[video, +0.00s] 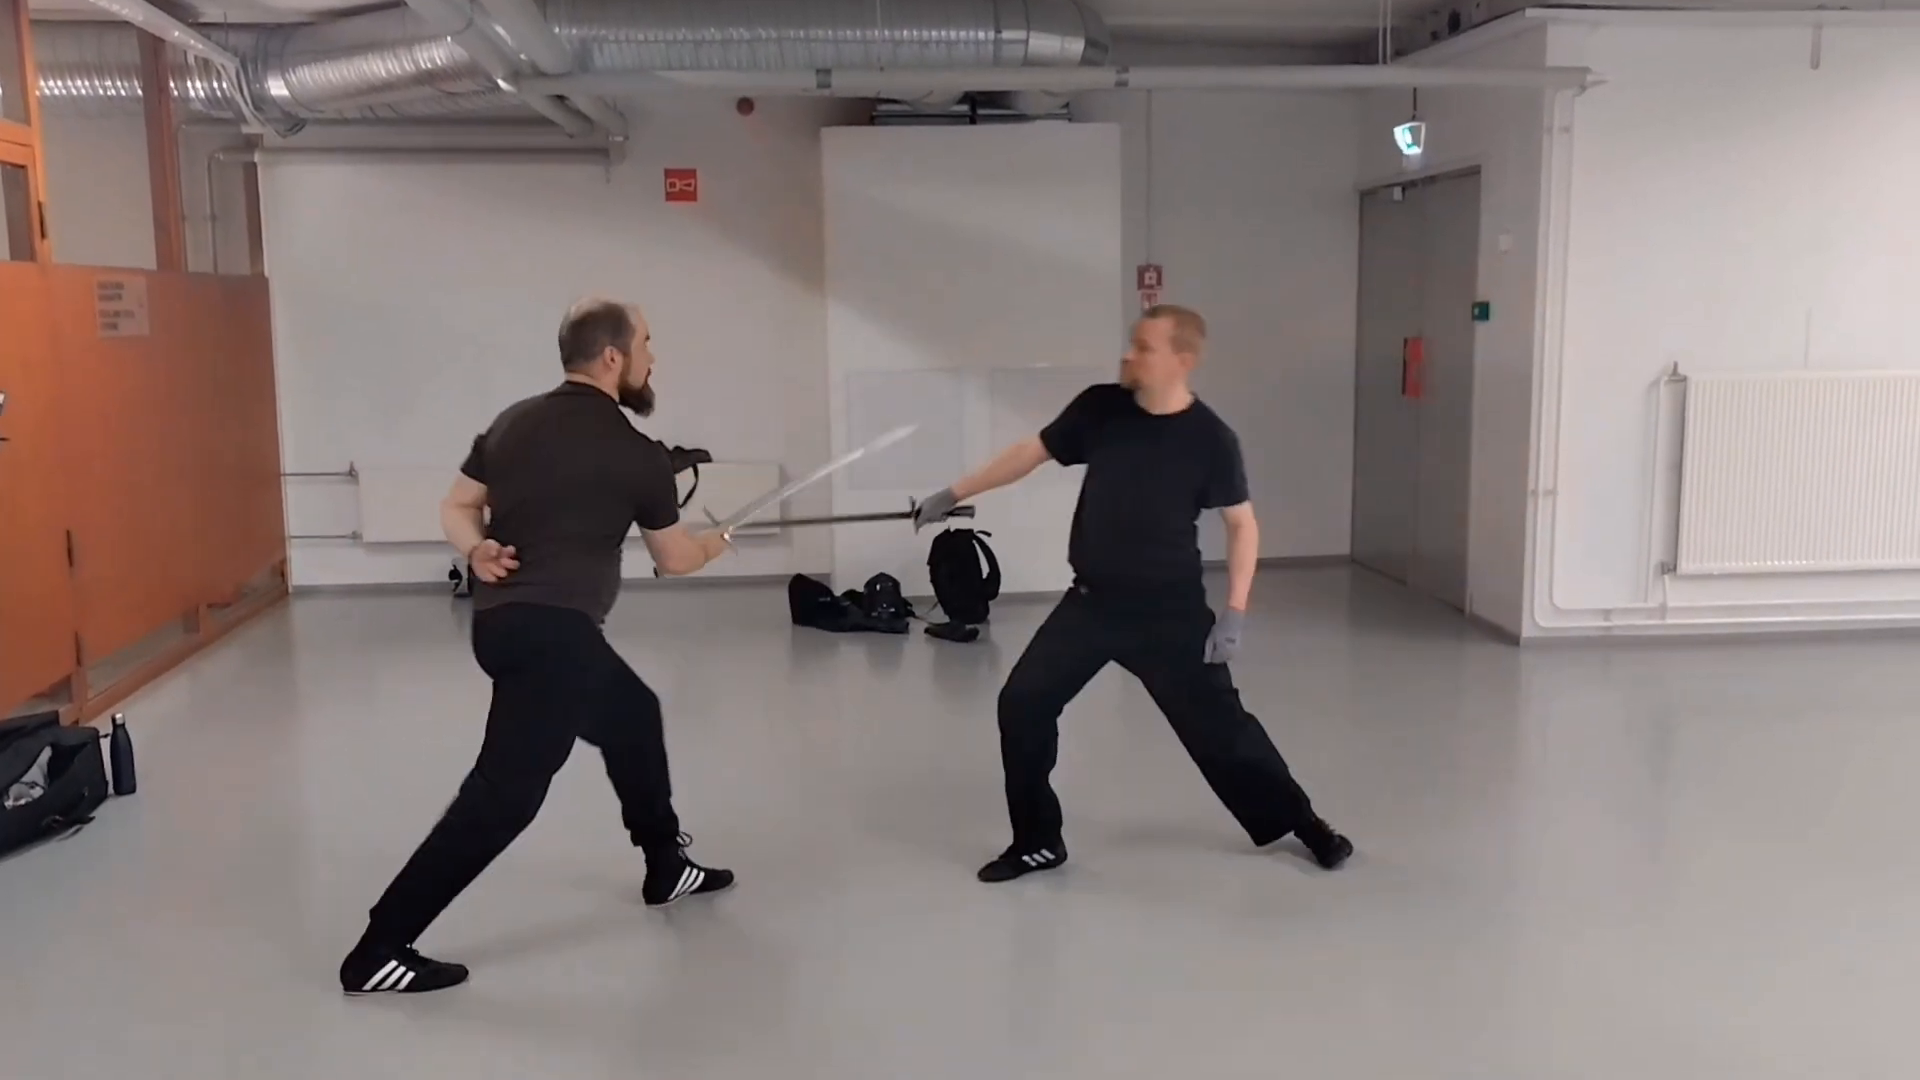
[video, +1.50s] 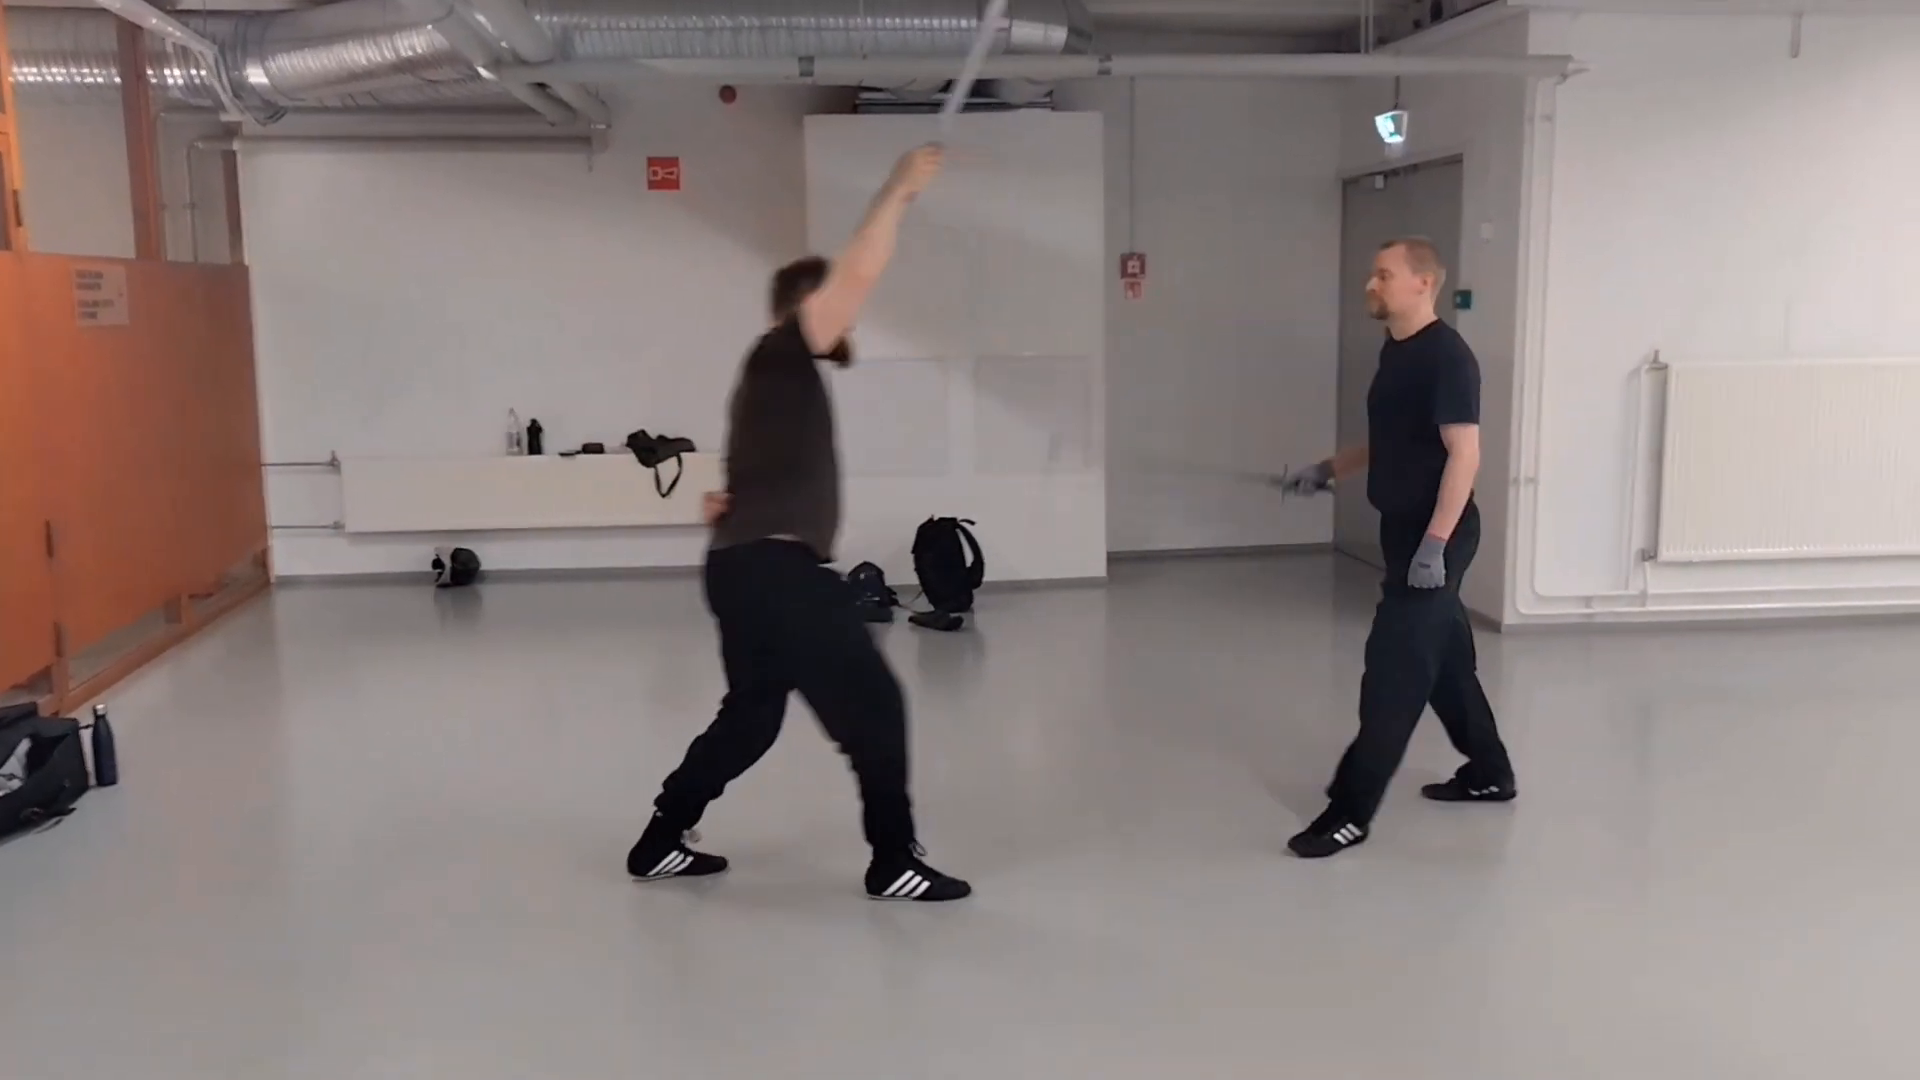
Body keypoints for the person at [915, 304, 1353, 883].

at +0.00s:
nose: (1128, 356)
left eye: (1143, 349)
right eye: (1131, 345)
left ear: (1183, 360)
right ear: (1137, 353)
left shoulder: (1211, 439)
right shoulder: (1101, 407)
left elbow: (1242, 528)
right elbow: (1029, 454)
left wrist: (1234, 614)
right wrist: (952, 494)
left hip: (1169, 613)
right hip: (1090, 605)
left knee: (1224, 728)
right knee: (1022, 702)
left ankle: (1305, 824)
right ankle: (1038, 839)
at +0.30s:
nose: (1105, 349)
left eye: (1119, 342)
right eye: (1108, 338)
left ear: (1159, 355)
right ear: (1121, 347)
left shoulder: (1191, 431)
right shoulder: (1078, 405)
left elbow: (1227, 517)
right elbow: (1016, 465)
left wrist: (1230, 602)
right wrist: (945, 515)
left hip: (1157, 607)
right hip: (1074, 602)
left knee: (1222, 718)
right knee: (1008, 703)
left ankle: (1302, 821)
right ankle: (1035, 835)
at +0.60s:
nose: (1179, 332)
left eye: (1194, 326)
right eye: (1182, 321)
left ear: (1233, 339)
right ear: (1183, 326)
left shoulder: (1249, 419)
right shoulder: (1150, 381)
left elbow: (1281, 514)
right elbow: (1093, 447)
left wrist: (1263, 599)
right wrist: (1025, 498)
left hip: (1193, 591)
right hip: (1118, 581)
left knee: (1233, 714)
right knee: (1049, 690)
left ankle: (1306, 818)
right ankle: (1038, 832)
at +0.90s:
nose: (1272, 292)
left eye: (1287, 285)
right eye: (1275, 281)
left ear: (1328, 297)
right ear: (1279, 288)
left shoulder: (1353, 376)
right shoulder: (1253, 347)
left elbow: (1382, 476)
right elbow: (1219, 428)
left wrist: (1358, 561)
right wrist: (1172, 491)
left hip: (1306, 555)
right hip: (1231, 546)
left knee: (1314, 694)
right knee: (1180, 670)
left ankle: (1318, 824)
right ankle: (1168, 802)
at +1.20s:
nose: (1330, 276)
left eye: (1343, 267)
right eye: (1332, 265)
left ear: (1386, 279)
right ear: (1354, 279)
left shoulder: (1411, 357)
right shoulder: (1323, 344)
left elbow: (1428, 463)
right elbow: (1306, 428)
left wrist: (1399, 549)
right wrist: (1264, 497)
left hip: (1373, 532)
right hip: (1321, 525)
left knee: (1344, 664)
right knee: (1351, 655)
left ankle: (1319, 813)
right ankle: (1434, 741)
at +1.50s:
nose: (1371, 285)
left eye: (1383, 276)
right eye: (1372, 276)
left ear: (1425, 284)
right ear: (1399, 288)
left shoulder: (1446, 355)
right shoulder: (1397, 352)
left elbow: (1466, 454)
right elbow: (1390, 441)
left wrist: (1434, 543)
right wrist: (1326, 470)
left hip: (1436, 535)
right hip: (1404, 530)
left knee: (1394, 667)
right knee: (1446, 659)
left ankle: (1351, 811)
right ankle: (1490, 769)